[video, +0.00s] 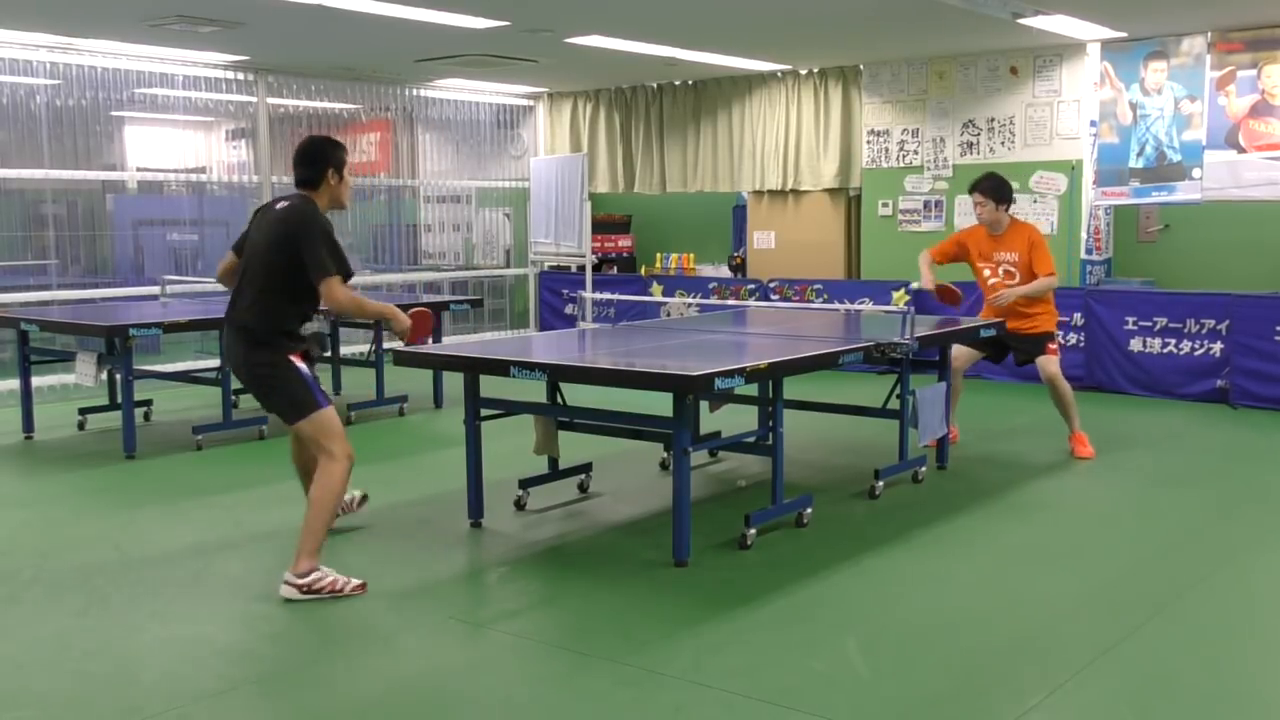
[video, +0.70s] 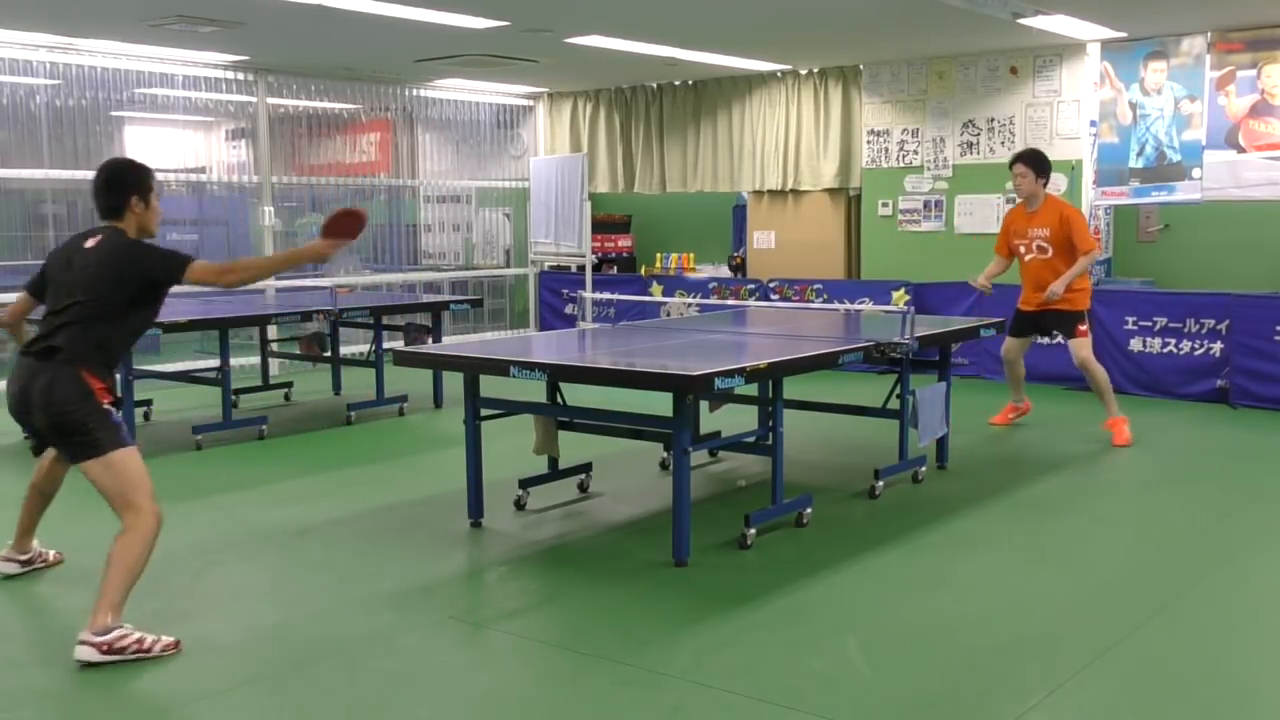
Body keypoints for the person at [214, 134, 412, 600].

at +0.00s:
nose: (350, 184)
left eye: (349, 175)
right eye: (347, 175)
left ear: (302, 176)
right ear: (331, 177)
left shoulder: (269, 212)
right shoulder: (310, 220)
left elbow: (227, 271)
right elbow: (335, 298)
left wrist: (280, 293)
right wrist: (389, 312)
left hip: (245, 342)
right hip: (269, 348)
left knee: (306, 429)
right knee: (337, 453)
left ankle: (326, 503)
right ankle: (304, 570)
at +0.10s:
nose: (334, 181)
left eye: (333, 171)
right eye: (332, 171)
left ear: (285, 170)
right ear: (315, 170)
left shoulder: (255, 205)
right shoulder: (303, 213)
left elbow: (245, 273)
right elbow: (352, 286)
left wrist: (292, 318)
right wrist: (399, 321)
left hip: (210, 335)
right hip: (239, 341)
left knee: (268, 422)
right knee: (324, 437)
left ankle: (257, 518)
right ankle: (306, 567)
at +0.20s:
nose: (312, 192)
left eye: (310, 182)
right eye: (309, 182)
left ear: (264, 181)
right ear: (293, 183)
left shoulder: (229, 217)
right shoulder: (281, 225)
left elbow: (234, 293)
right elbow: (332, 298)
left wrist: (296, 321)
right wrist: (372, 340)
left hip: (186, 347)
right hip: (216, 354)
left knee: (234, 437)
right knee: (303, 457)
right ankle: (278, 585)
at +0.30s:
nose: (286, 226)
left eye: (286, 217)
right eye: (284, 217)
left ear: (233, 215)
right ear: (268, 217)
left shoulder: (200, 252)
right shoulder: (257, 259)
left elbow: (229, 331)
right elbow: (306, 334)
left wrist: (300, 331)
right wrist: (322, 382)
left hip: (163, 392)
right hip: (205, 396)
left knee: (192, 473)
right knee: (294, 498)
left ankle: (99, 555)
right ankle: (259, 615)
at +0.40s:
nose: (257, 245)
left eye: (257, 236)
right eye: (256, 235)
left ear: (207, 229)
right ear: (243, 233)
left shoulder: (167, 260)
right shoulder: (233, 273)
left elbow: (210, 322)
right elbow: (272, 355)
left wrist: (288, 329)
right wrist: (265, 400)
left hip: (131, 392)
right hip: (182, 402)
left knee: (160, 459)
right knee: (286, 498)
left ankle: (96, 553)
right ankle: (258, 616)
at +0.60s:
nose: (198, 203)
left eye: (196, 193)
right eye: (195, 194)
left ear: (148, 197)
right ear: (177, 196)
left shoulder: (109, 232)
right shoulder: (182, 242)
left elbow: (87, 267)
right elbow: (272, 263)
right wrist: (332, 254)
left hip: (44, 367)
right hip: (84, 376)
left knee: (91, 438)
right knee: (180, 480)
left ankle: (41, 532)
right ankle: (163, 609)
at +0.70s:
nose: (160, 209)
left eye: (157, 199)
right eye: (155, 199)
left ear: (108, 205)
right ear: (135, 204)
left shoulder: (69, 250)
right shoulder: (144, 257)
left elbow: (11, 316)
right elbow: (227, 274)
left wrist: (37, 351)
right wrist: (308, 253)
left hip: (26, 382)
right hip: (72, 388)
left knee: (65, 447)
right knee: (142, 514)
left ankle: (19, 547)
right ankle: (102, 627)